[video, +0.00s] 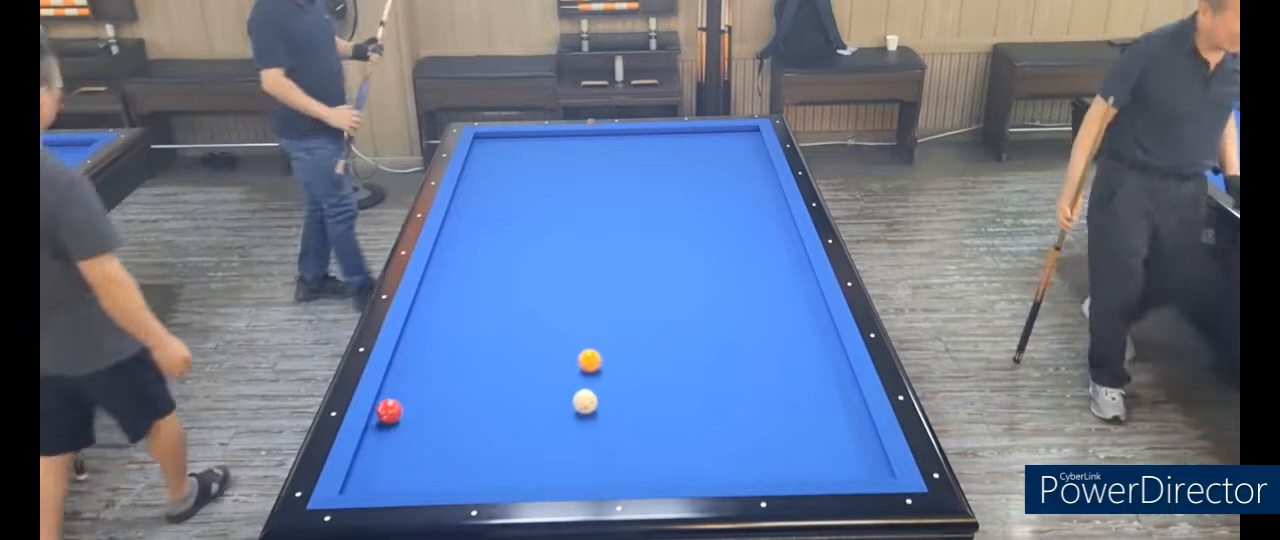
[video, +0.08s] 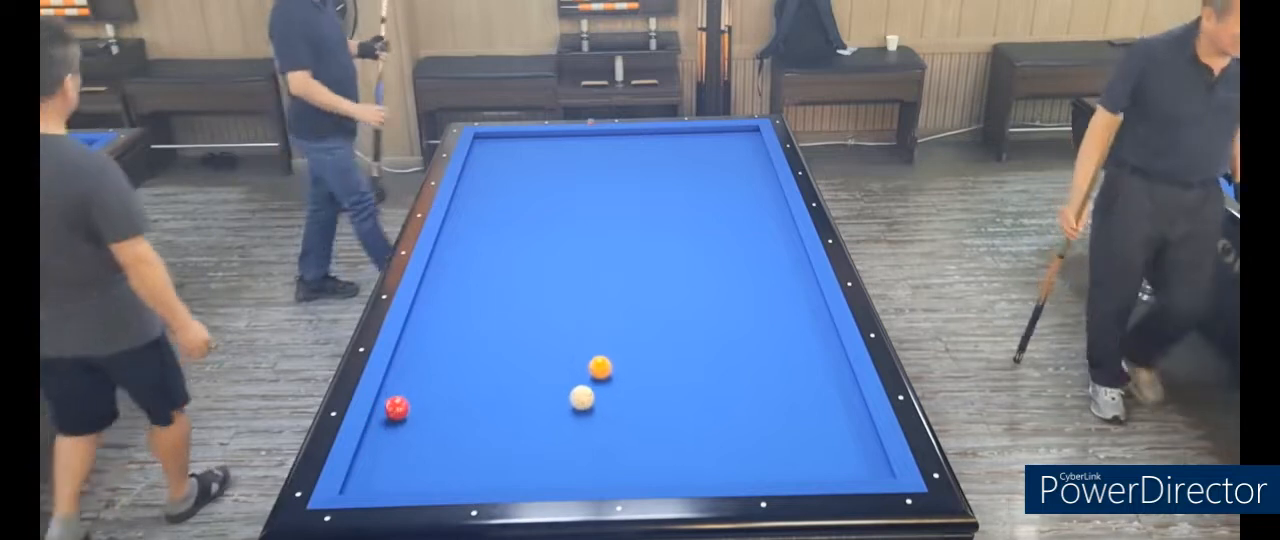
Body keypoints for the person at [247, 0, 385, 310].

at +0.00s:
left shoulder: (310, 5)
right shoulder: (267, 12)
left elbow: (322, 42)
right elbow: (271, 80)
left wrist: (355, 50)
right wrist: (329, 113)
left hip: (327, 128)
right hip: (305, 133)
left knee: (320, 208)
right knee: (340, 210)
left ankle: (312, 280)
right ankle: (362, 288)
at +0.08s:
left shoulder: (321, 6)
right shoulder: (290, 11)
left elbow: (326, 48)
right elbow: (298, 84)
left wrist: (361, 48)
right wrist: (356, 110)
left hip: (335, 128)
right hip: (319, 132)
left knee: (323, 206)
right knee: (361, 205)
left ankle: (313, 279)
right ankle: (395, 270)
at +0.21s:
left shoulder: (331, 9)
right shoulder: (326, 15)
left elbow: (337, 55)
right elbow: (345, 86)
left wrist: (374, 53)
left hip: (334, 128)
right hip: (347, 132)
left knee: (333, 204)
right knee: (390, 202)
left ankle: (313, 278)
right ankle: (424, 273)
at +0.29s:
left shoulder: (319, 7)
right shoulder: (345, 16)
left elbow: (335, 58)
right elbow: (376, 88)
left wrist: (380, 57)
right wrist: (431, 108)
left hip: (338, 128)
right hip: (361, 133)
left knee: (337, 203)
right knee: (401, 205)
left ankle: (314, 278)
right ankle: (427, 279)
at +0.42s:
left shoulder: (349, 11)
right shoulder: (383, 15)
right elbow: (429, 84)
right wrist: (485, 108)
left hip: (352, 131)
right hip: (384, 136)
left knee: (348, 199)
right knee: (424, 204)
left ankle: (320, 271)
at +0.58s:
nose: (465, 6)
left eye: (465, 4)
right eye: (464, 4)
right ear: (451, 3)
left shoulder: (383, 7)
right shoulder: (443, 30)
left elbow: (362, 43)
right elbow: (491, 84)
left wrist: (388, 70)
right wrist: (541, 109)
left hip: (363, 115)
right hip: (398, 126)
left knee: (360, 194)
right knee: (430, 204)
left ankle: (341, 271)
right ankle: (435, 278)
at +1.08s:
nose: (483, 4)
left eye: (485, 1)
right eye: (482, 0)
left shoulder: (414, 5)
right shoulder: (458, 30)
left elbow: (390, 42)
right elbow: (497, 99)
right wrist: (541, 114)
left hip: (381, 118)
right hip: (411, 129)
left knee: (393, 204)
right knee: (431, 210)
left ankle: (382, 282)